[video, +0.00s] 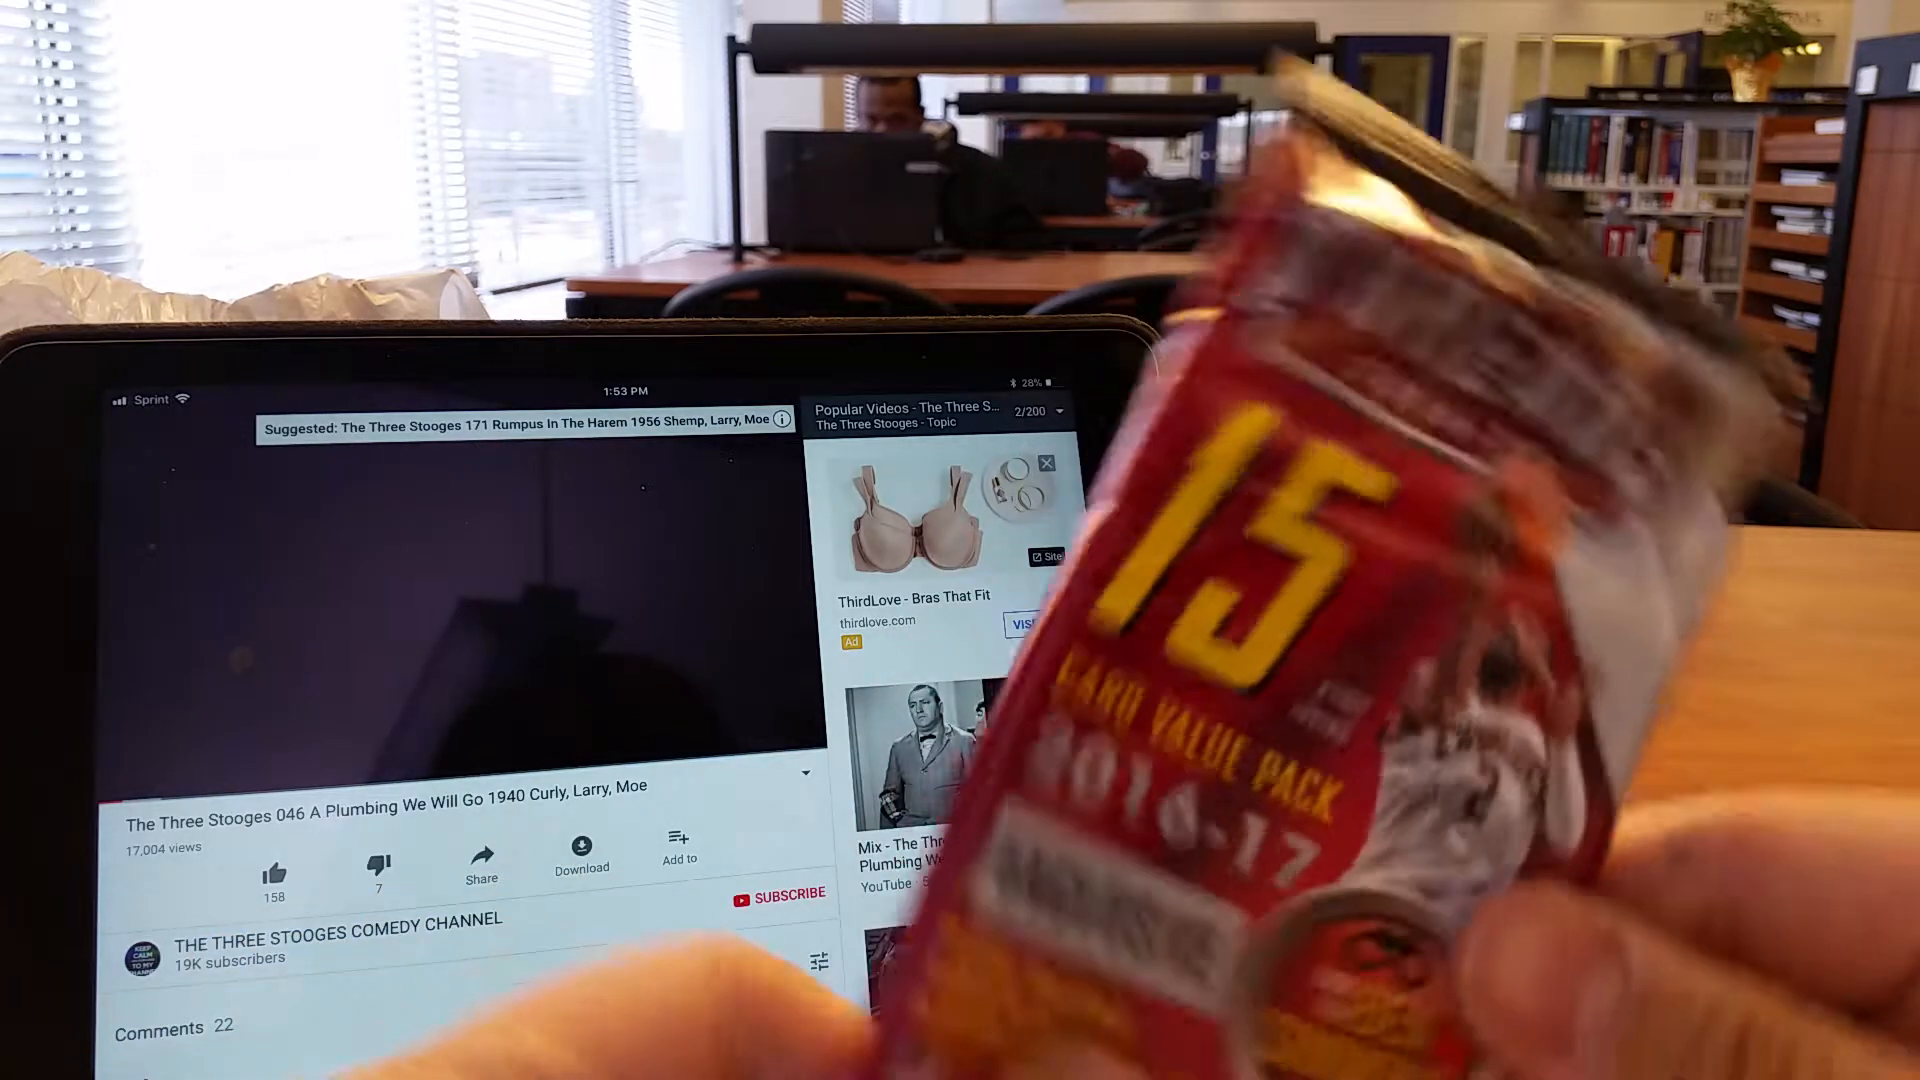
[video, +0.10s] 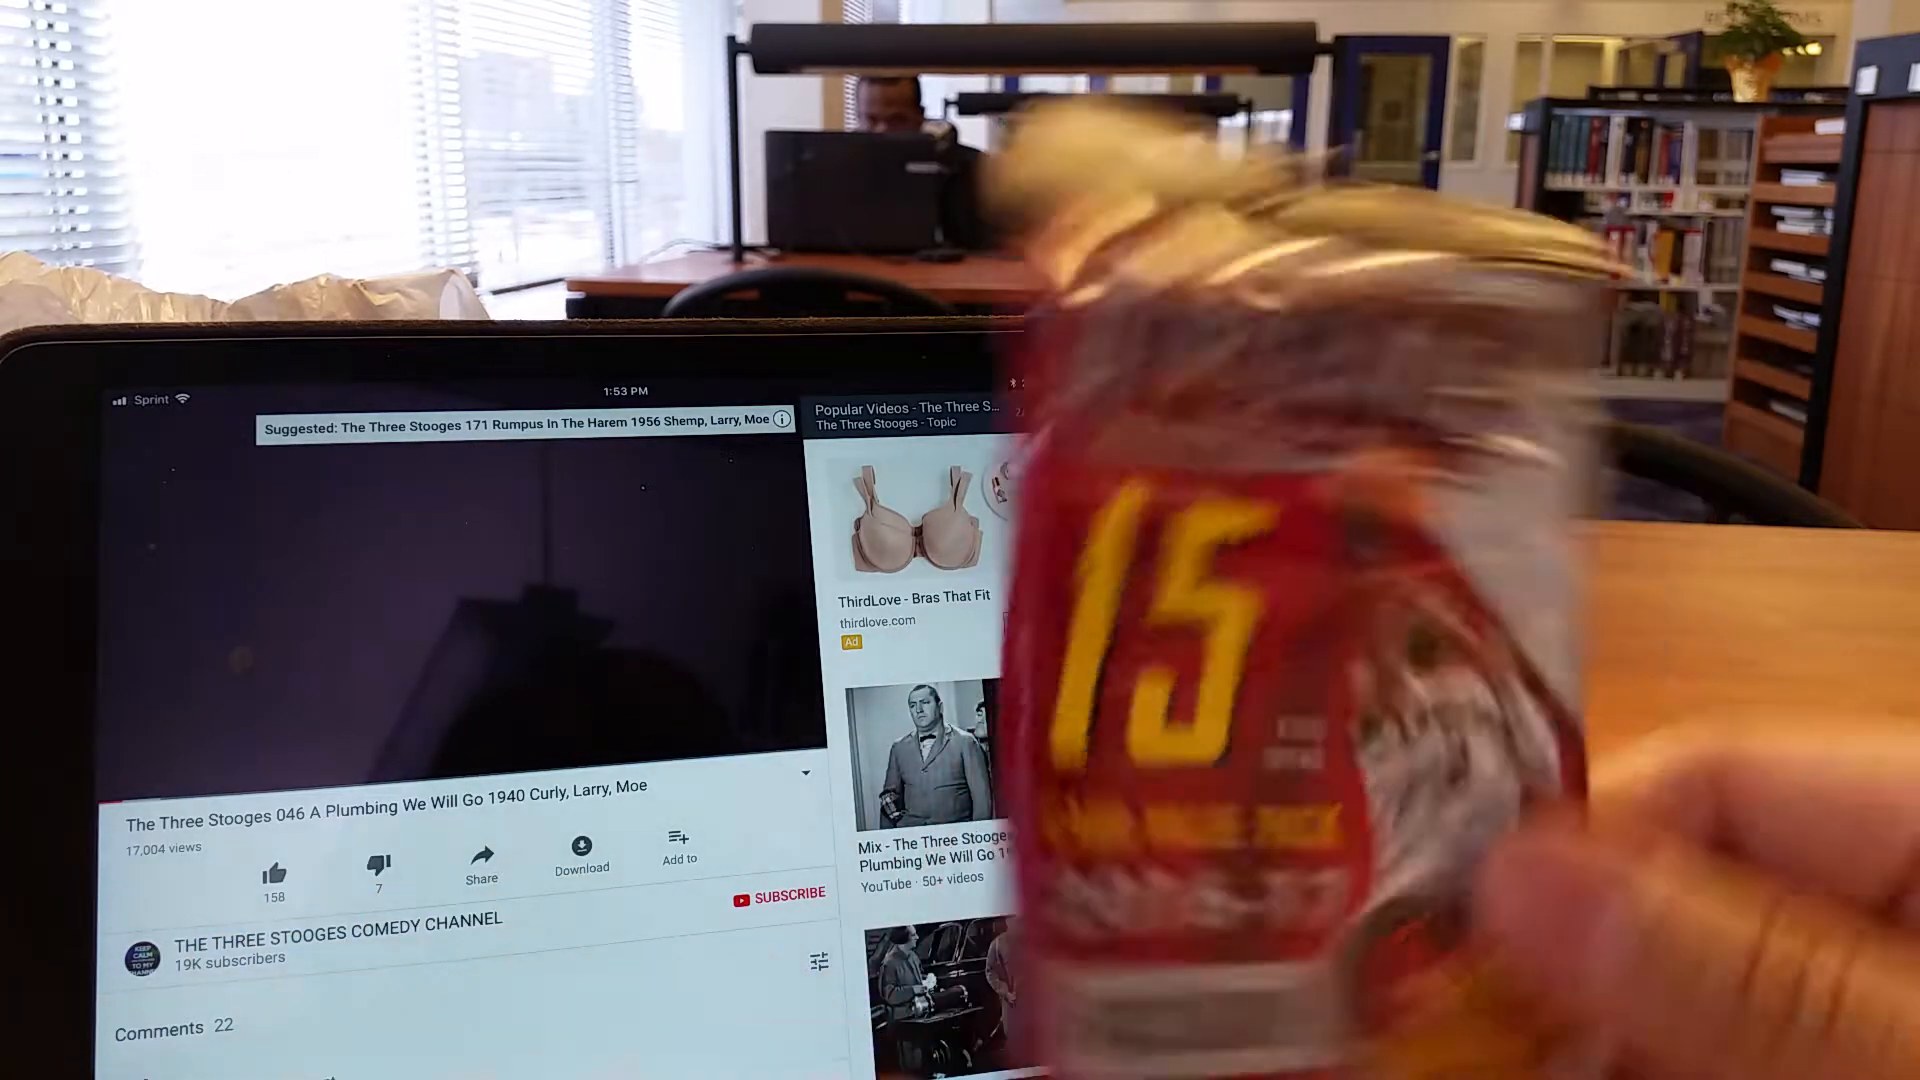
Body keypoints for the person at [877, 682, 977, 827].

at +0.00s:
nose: (919, 710)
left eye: (925, 703)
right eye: (913, 705)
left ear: (940, 707)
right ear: (910, 712)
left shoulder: (964, 742)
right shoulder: (899, 748)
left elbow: (974, 787)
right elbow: (890, 793)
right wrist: (901, 821)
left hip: (953, 826)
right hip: (911, 830)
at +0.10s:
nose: (919, 709)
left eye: (925, 703)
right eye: (913, 705)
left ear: (940, 707)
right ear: (909, 711)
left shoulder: (964, 742)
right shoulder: (899, 748)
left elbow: (981, 796)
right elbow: (890, 796)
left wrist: (978, 836)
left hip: (955, 832)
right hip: (911, 835)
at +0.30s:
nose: (919, 709)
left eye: (925, 703)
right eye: (913, 705)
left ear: (940, 707)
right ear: (909, 711)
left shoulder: (964, 742)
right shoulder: (899, 748)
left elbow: (981, 795)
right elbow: (890, 796)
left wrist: (978, 834)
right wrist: (886, 839)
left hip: (956, 833)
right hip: (911, 836)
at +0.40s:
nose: (919, 709)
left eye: (925, 703)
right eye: (913, 705)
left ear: (940, 707)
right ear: (909, 711)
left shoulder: (964, 742)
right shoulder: (899, 748)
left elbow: (981, 795)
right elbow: (890, 795)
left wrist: (978, 835)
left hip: (956, 833)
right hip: (911, 836)